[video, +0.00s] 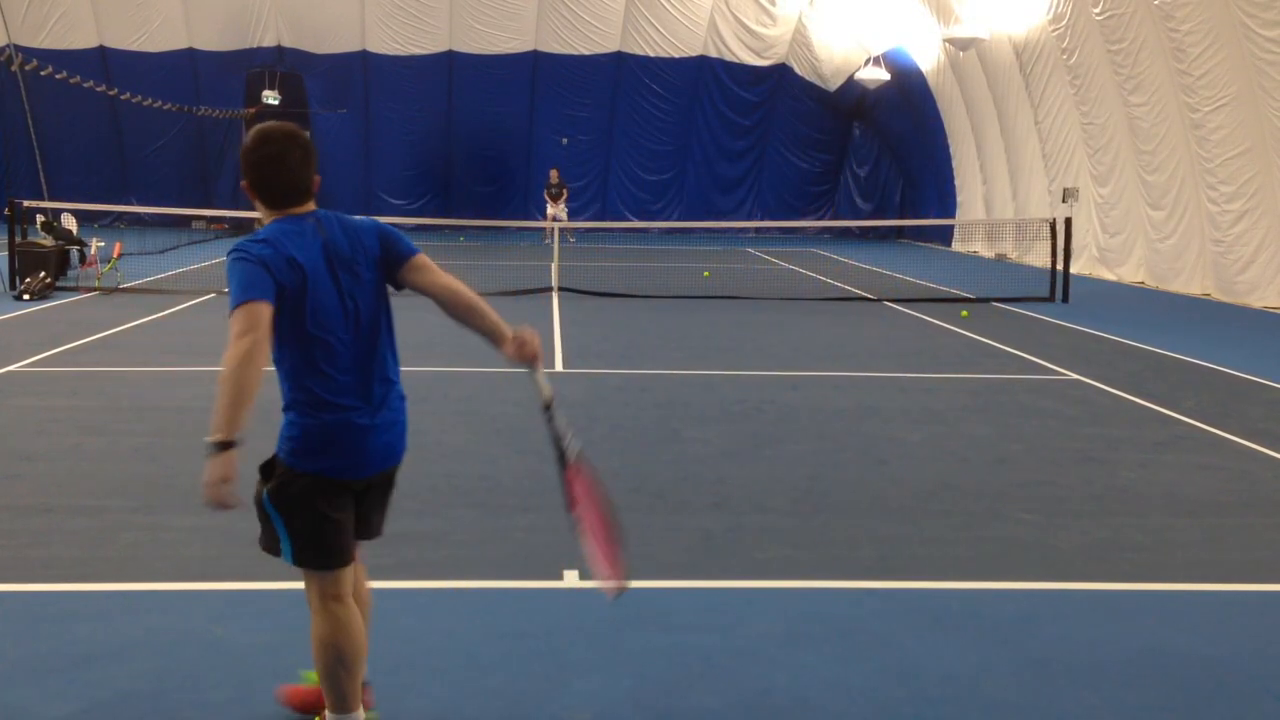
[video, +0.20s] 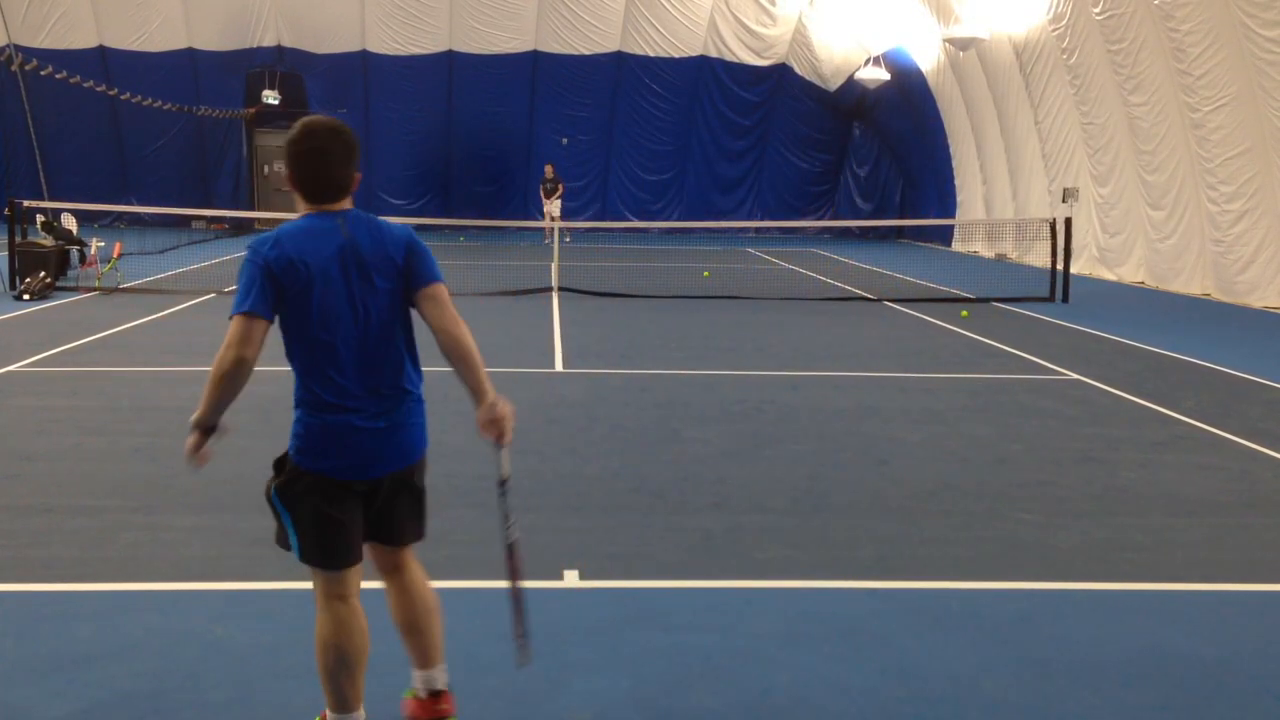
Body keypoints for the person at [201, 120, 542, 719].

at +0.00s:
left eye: (246, 179)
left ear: (249, 191)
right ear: (315, 181)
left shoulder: (256, 254)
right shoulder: (365, 232)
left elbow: (251, 338)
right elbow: (442, 286)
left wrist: (222, 443)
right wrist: (504, 334)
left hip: (317, 448)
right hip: (383, 441)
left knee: (330, 593)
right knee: (348, 565)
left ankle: (347, 713)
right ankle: (346, 683)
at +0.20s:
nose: (284, 174)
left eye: (284, 167)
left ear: (288, 180)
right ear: (355, 177)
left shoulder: (272, 252)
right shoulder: (398, 239)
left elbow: (241, 355)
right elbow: (448, 324)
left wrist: (206, 420)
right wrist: (486, 396)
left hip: (324, 449)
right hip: (401, 442)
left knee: (336, 590)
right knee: (397, 557)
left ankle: (344, 713)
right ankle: (435, 693)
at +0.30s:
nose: (315, 174)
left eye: (313, 167)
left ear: (315, 177)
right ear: (380, 179)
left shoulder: (289, 249)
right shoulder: (416, 246)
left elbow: (254, 353)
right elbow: (449, 342)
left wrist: (245, 388)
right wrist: (473, 418)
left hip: (330, 453)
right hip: (410, 448)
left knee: (340, 591)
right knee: (428, 569)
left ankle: (345, 714)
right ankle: (454, 700)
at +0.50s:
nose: (368, 176)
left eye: (370, 170)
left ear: (370, 181)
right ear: (434, 183)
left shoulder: (341, 248)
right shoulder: (464, 258)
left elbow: (301, 340)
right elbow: (475, 358)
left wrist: (325, 357)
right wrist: (476, 440)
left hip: (361, 453)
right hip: (433, 454)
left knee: (354, 586)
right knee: (448, 580)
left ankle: (347, 712)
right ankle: (456, 705)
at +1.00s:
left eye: (459, 169)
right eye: (516, 175)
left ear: (454, 179)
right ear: (517, 185)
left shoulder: (420, 241)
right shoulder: (533, 260)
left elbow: (389, 318)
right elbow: (539, 357)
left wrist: (349, 401)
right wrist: (529, 436)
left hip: (419, 430)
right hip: (491, 436)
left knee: (424, 543)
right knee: (477, 565)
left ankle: (429, 660)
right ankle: (462, 700)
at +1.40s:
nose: (511, 183)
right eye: (513, 175)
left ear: (453, 182)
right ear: (511, 181)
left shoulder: (422, 246)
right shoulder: (530, 248)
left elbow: (400, 339)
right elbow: (537, 342)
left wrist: (392, 410)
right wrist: (539, 419)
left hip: (442, 421)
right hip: (505, 421)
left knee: (455, 533)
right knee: (515, 529)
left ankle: (462, 657)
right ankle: (489, 630)